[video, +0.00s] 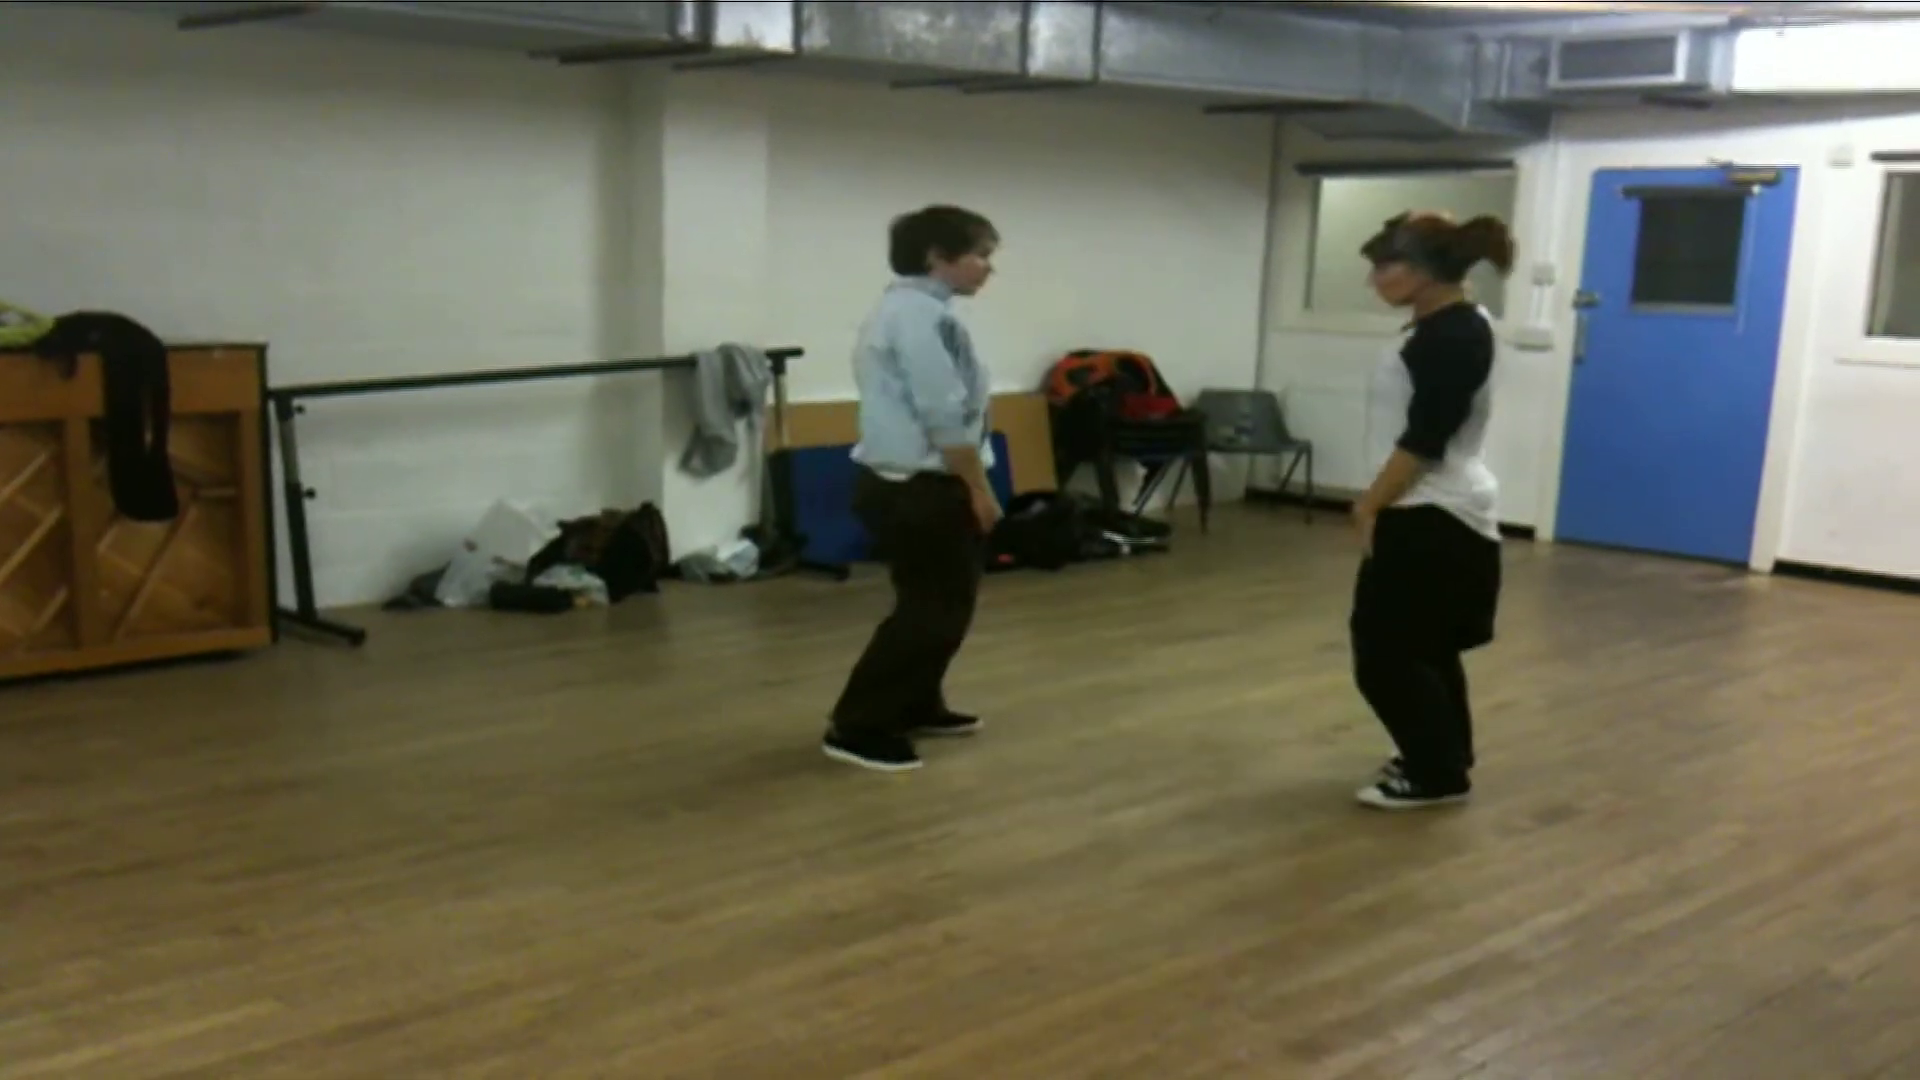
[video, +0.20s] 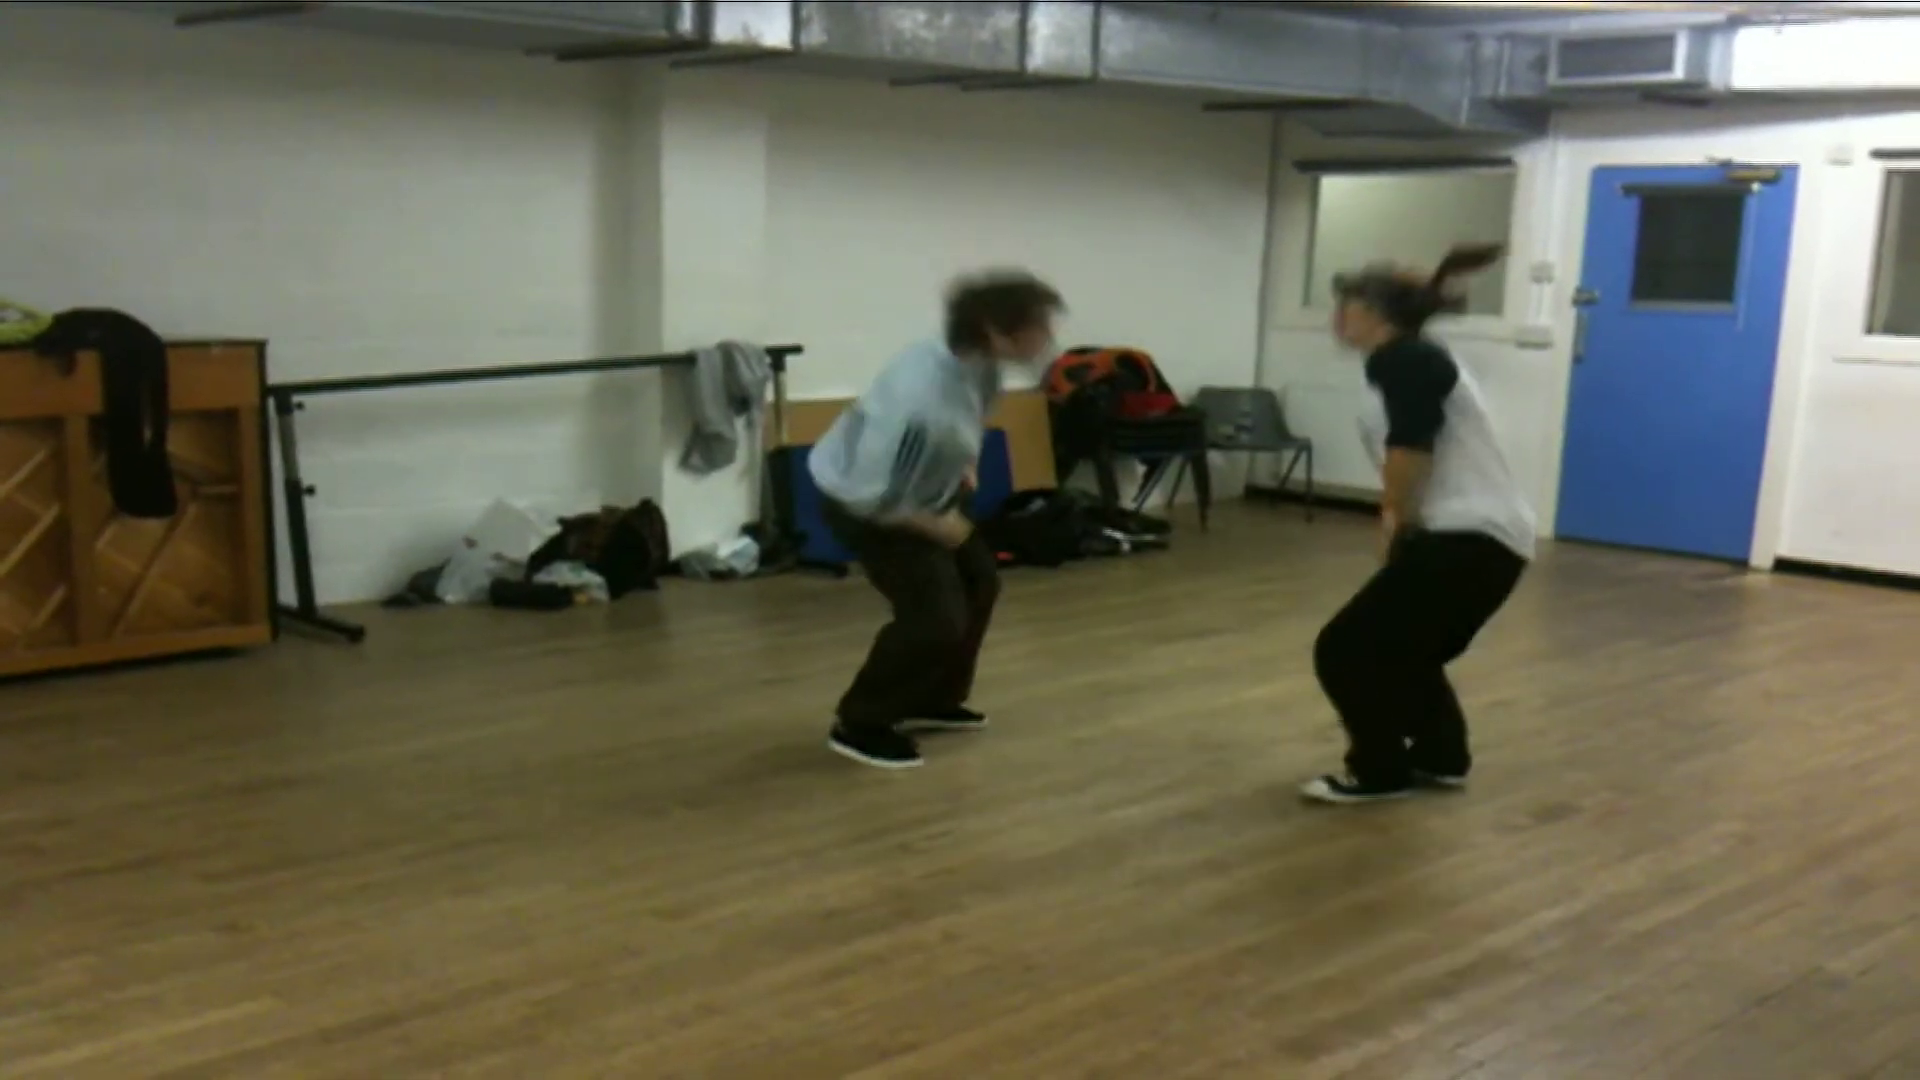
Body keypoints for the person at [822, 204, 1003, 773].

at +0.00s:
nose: (989, 267)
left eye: (989, 256)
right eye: (980, 256)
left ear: (936, 260)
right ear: (939, 258)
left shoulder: (912, 309)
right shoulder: (916, 316)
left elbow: (937, 412)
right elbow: (945, 418)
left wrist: (970, 479)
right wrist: (978, 487)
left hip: (925, 479)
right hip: (912, 484)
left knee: (947, 601)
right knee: (932, 606)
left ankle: (919, 702)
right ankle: (858, 727)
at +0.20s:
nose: (1046, 338)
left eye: (1044, 326)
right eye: (1036, 328)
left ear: (996, 334)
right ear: (996, 334)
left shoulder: (977, 370)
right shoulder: (915, 398)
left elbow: (954, 425)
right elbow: (867, 497)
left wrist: (960, 467)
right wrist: (932, 525)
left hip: (916, 491)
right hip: (856, 499)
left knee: (978, 577)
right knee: (934, 603)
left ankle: (934, 698)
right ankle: (860, 722)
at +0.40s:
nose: (1083, 424)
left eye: (1086, 414)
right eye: (1078, 413)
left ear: (1035, 409)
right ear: (1037, 410)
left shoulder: (1001, 436)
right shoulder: (936, 444)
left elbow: (965, 488)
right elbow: (831, 505)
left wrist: (956, 527)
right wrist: (912, 551)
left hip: (910, 520)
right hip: (842, 526)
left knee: (984, 597)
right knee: (924, 626)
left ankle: (931, 704)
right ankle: (860, 727)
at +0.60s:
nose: (1083, 276)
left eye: (1079, 265)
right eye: (1070, 267)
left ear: (1037, 283)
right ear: (1029, 282)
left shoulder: (1028, 341)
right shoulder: (976, 337)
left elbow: (973, 421)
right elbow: (905, 427)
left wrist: (972, 490)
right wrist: (938, 501)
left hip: (921, 472)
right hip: (865, 469)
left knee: (945, 589)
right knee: (898, 594)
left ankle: (919, 705)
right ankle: (862, 725)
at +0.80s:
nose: (1038, 226)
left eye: (1030, 217)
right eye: (1023, 220)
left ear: (994, 243)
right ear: (990, 242)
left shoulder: (1007, 301)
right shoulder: (965, 303)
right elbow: (880, 356)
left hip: (962, 474)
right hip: (915, 474)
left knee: (968, 586)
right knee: (916, 596)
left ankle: (916, 693)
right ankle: (857, 713)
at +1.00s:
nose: (1002, 250)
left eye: (998, 242)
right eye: (988, 244)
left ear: (987, 259)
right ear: (942, 264)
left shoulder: (990, 305)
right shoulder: (918, 331)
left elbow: (1012, 258)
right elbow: (926, 331)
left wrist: (1035, 210)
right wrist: (938, 296)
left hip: (1014, 470)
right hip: (958, 490)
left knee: (1107, 489)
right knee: (968, 622)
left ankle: (1036, 581)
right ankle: (871, 739)